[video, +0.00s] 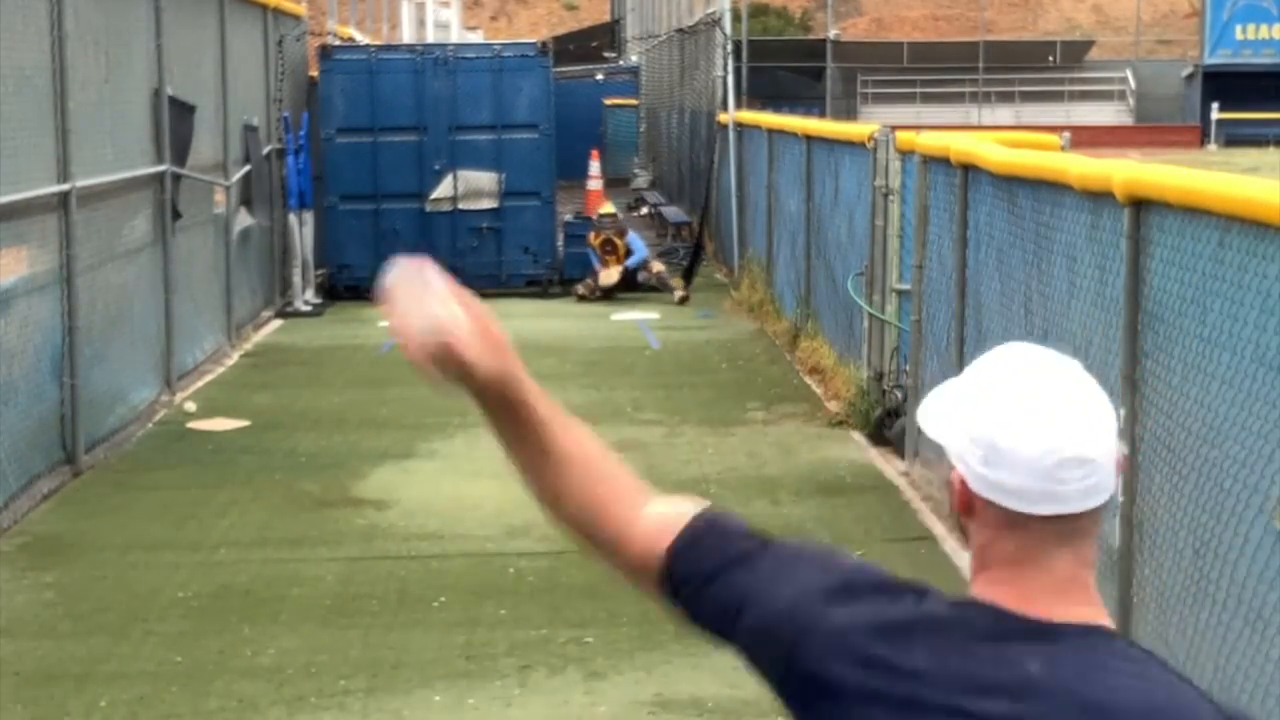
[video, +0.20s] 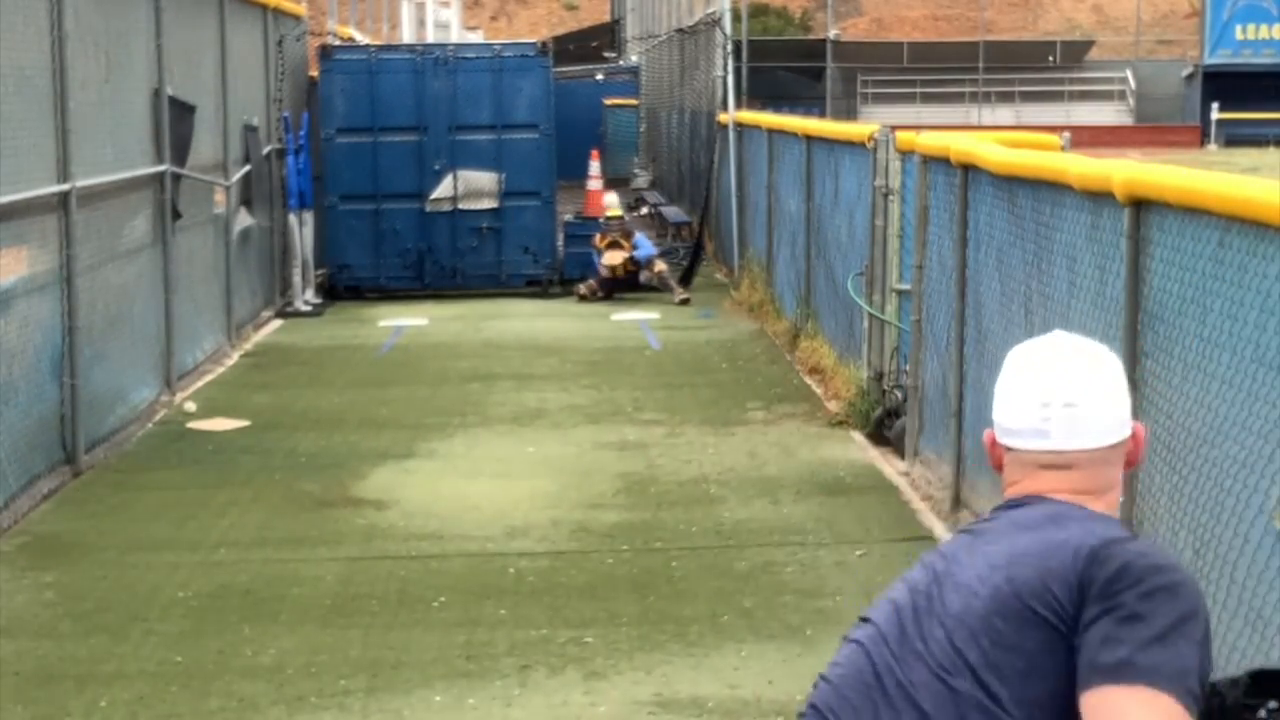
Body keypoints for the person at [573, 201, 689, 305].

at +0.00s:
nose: (608, 228)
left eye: (612, 223)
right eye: (604, 224)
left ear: (618, 222)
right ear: (598, 224)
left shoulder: (628, 235)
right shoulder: (593, 238)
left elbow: (643, 253)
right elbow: (593, 257)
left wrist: (623, 267)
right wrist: (601, 271)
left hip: (631, 271)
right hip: (609, 272)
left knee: (655, 266)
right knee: (597, 280)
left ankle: (676, 291)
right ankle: (586, 290)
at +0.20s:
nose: (614, 224)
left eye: (617, 220)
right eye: (610, 221)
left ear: (623, 221)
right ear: (604, 223)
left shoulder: (634, 236)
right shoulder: (600, 240)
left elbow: (651, 251)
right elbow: (597, 261)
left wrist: (631, 256)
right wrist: (605, 271)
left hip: (635, 276)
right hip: (612, 276)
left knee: (657, 266)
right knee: (598, 284)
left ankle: (678, 292)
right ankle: (586, 290)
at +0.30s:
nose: (617, 226)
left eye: (621, 222)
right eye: (613, 222)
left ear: (628, 222)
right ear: (608, 223)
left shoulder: (637, 236)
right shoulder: (603, 238)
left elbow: (654, 249)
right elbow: (596, 254)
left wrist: (635, 249)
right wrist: (602, 270)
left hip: (636, 275)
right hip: (613, 276)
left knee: (658, 266)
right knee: (597, 283)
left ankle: (677, 292)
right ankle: (586, 291)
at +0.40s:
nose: (617, 223)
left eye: (621, 219)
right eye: (614, 219)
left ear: (626, 220)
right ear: (609, 221)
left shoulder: (638, 235)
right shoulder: (604, 237)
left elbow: (659, 245)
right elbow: (597, 253)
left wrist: (638, 234)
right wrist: (602, 269)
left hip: (637, 276)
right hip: (614, 277)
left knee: (658, 267)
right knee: (599, 283)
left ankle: (678, 293)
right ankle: (586, 290)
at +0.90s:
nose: (608, 218)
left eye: (612, 214)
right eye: (604, 214)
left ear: (618, 212)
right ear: (599, 215)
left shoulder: (628, 225)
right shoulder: (596, 231)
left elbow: (651, 239)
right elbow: (589, 249)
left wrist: (632, 242)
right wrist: (594, 260)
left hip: (631, 263)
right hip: (609, 265)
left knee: (655, 272)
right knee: (595, 286)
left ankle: (676, 293)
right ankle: (593, 291)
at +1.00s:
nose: (631, 228)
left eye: (635, 224)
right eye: (627, 225)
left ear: (641, 224)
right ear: (622, 226)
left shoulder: (650, 236)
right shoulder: (618, 242)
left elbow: (666, 258)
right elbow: (624, 269)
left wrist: (647, 277)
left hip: (656, 275)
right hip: (634, 278)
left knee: (678, 261)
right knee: (610, 288)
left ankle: (689, 292)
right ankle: (612, 292)